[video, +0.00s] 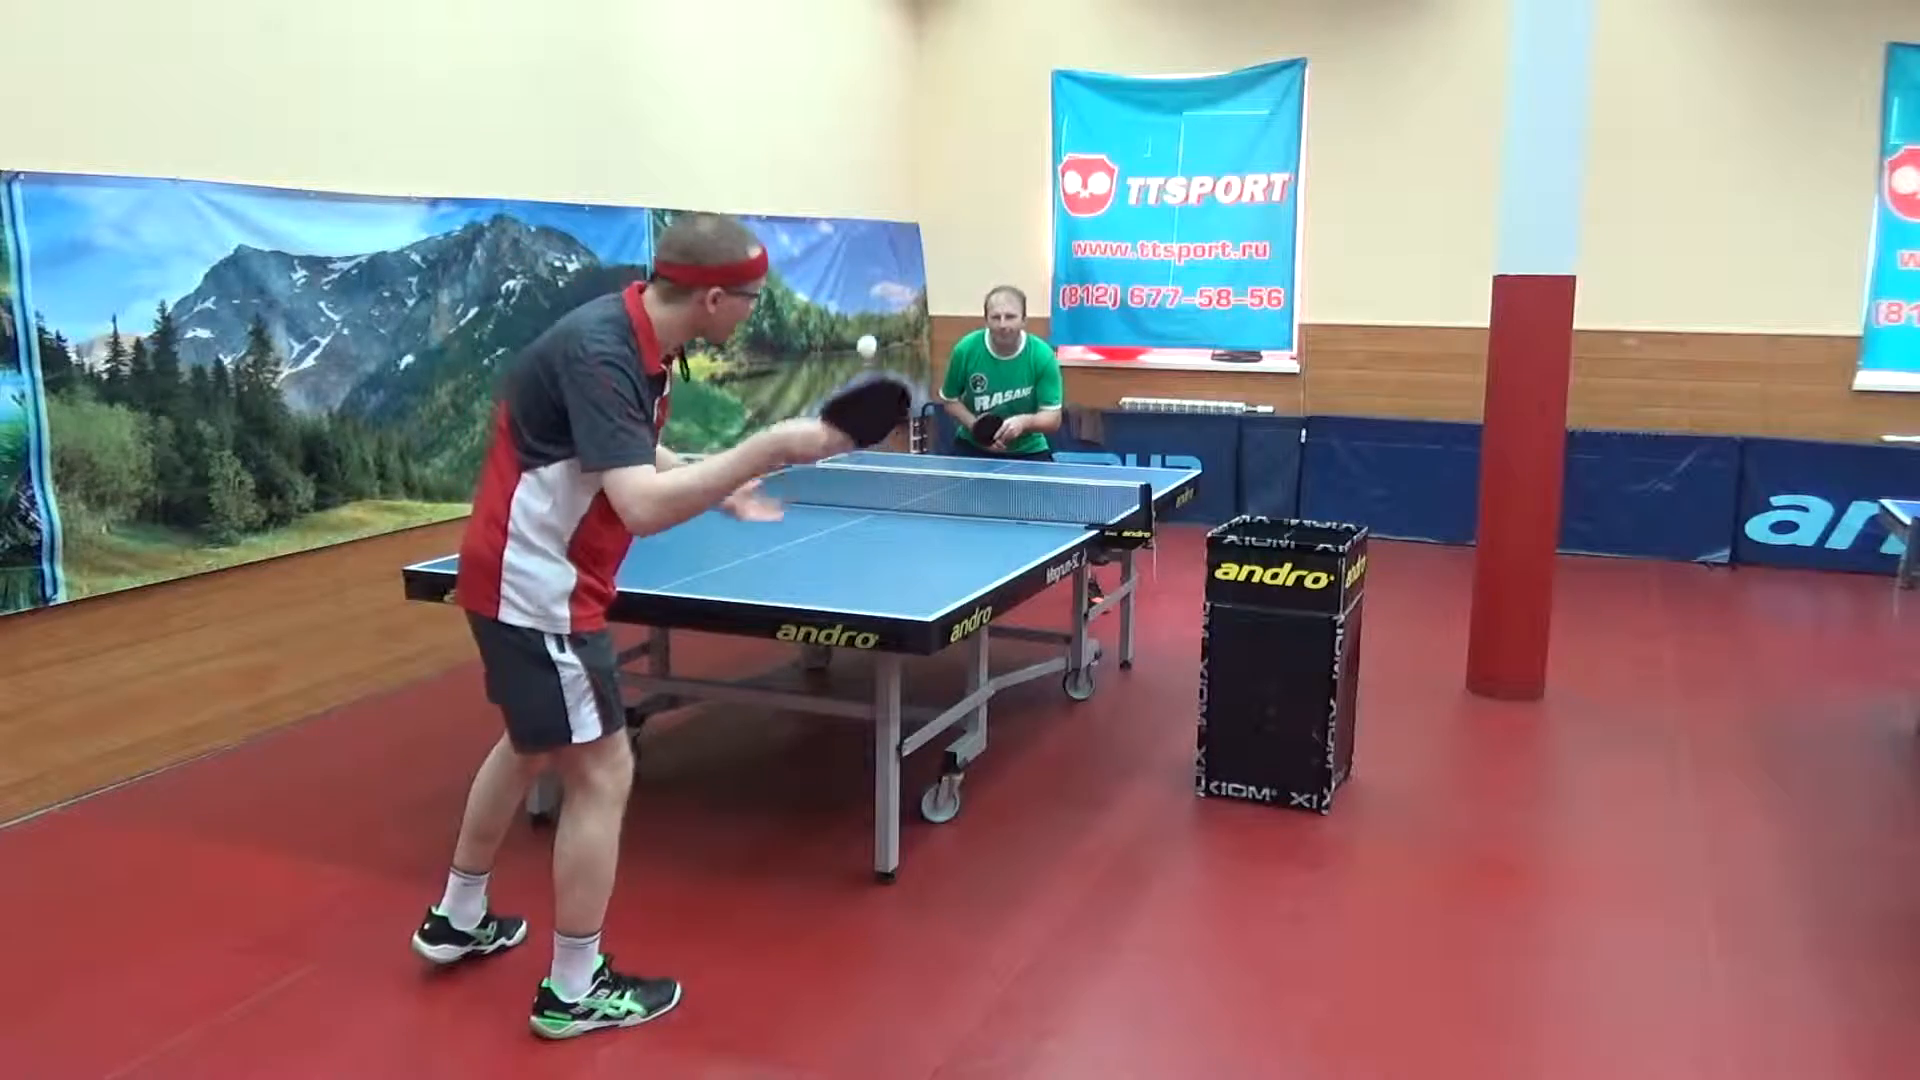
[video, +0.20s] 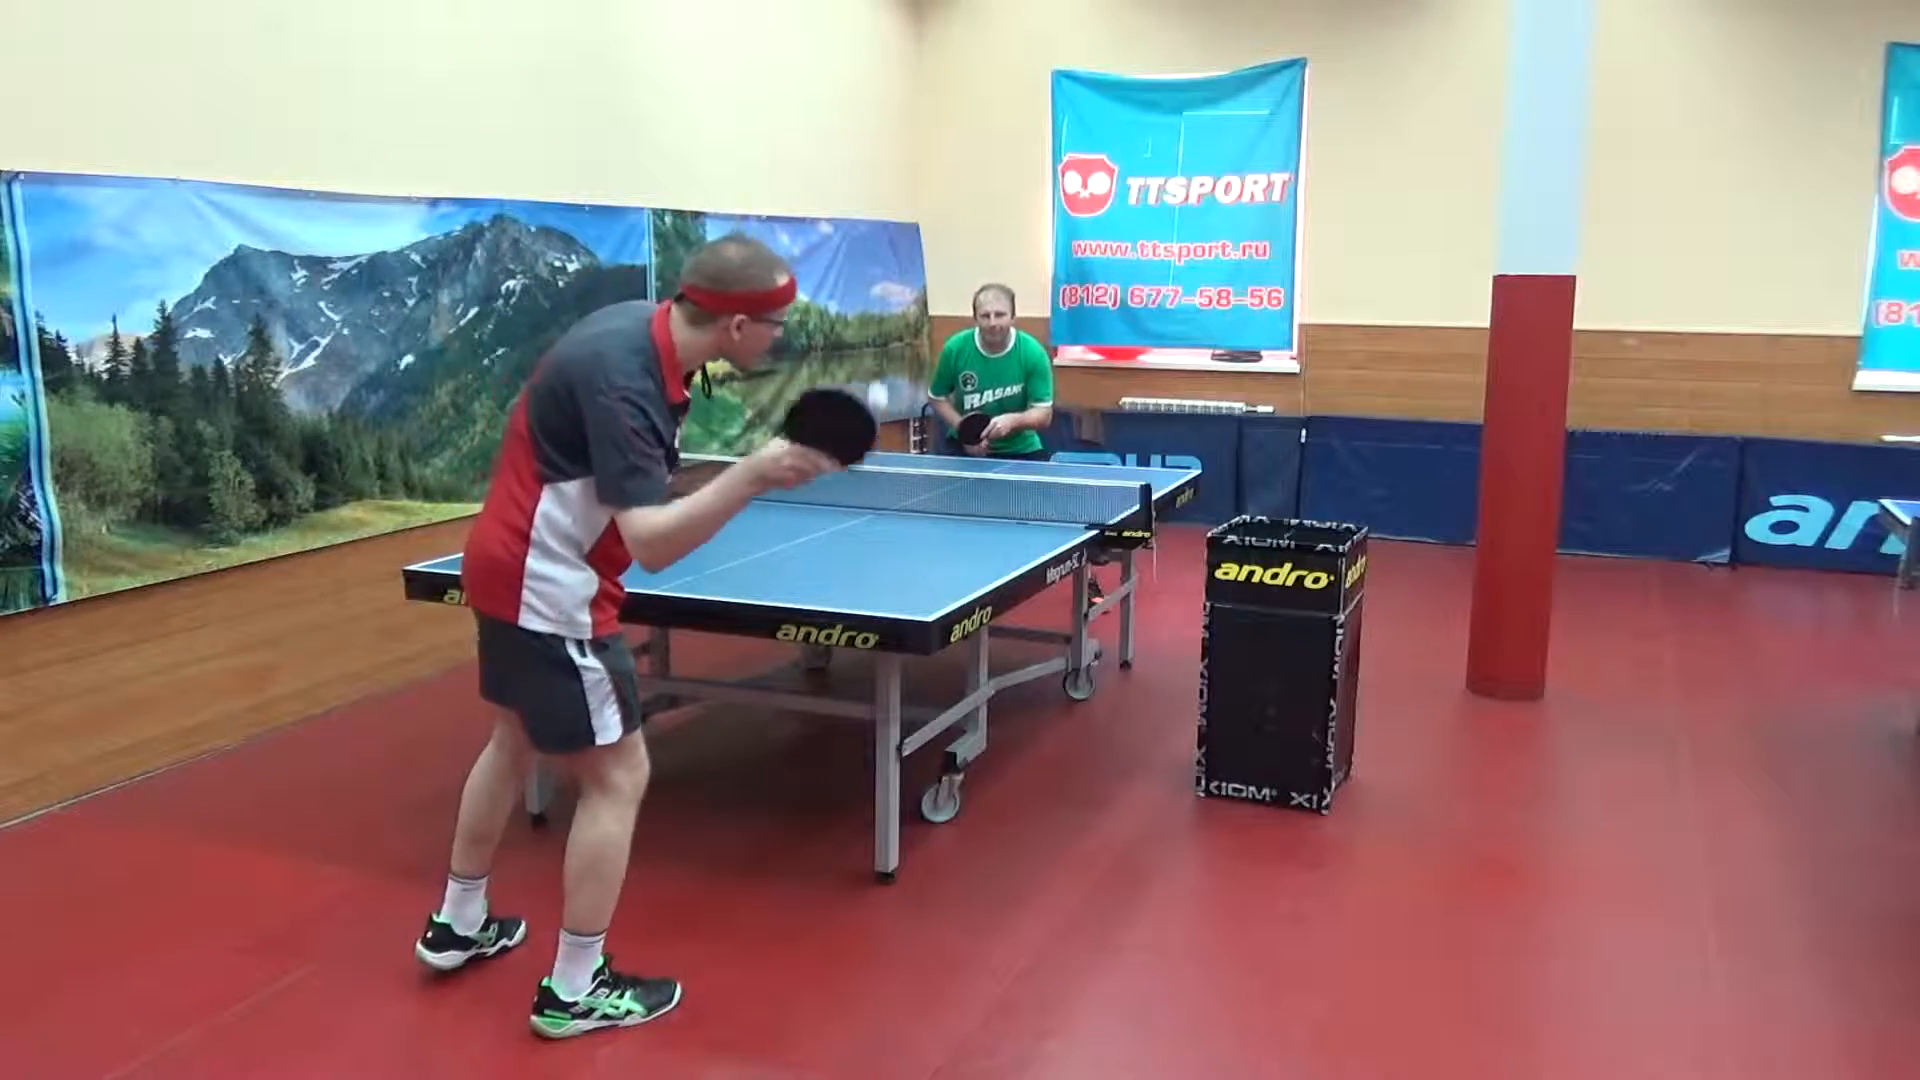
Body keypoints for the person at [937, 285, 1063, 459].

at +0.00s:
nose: (1003, 325)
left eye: (1010, 317)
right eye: (996, 318)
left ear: (1024, 321)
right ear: (986, 320)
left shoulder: (1042, 355)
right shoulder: (966, 350)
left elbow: (1053, 418)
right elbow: (950, 399)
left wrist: (1024, 422)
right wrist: (979, 429)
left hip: (1029, 451)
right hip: (974, 450)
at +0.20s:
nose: (993, 324)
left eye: (1000, 315)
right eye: (985, 316)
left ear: (1013, 318)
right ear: (975, 318)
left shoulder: (1033, 353)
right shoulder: (955, 349)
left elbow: (1043, 414)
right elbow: (937, 397)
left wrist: (1012, 421)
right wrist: (965, 432)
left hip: (1023, 451)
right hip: (970, 453)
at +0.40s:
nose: (991, 319)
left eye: (998, 310)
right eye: (983, 311)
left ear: (1011, 313)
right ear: (974, 315)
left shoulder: (1032, 348)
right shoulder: (955, 346)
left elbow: (1046, 409)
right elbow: (936, 396)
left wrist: (1012, 417)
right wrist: (963, 430)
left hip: (1023, 450)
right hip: (970, 451)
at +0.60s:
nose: (989, 312)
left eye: (997, 303)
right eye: (982, 304)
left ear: (1011, 305)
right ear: (974, 307)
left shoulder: (1033, 342)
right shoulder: (956, 341)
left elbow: (1052, 401)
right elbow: (939, 390)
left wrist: (1014, 409)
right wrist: (963, 423)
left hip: (1024, 448)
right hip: (970, 448)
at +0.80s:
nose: (977, 320)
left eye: (984, 311)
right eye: (970, 312)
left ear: (999, 310)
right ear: (962, 313)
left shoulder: (1021, 344)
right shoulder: (948, 344)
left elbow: (1043, 403)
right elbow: (933, 391)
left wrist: (998, 422)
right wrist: (952, 432)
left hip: (1021, 453)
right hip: (972, 455)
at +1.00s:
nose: (966, 354)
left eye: (974, 346)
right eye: (960, 346)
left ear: (989, 343)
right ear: (951, 344)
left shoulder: (1012, 368)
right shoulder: (939, 369)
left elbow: (1044, 414)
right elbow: (923, 410)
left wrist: (992, 427)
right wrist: (929, 442)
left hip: (1015, 460)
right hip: (962, 461)